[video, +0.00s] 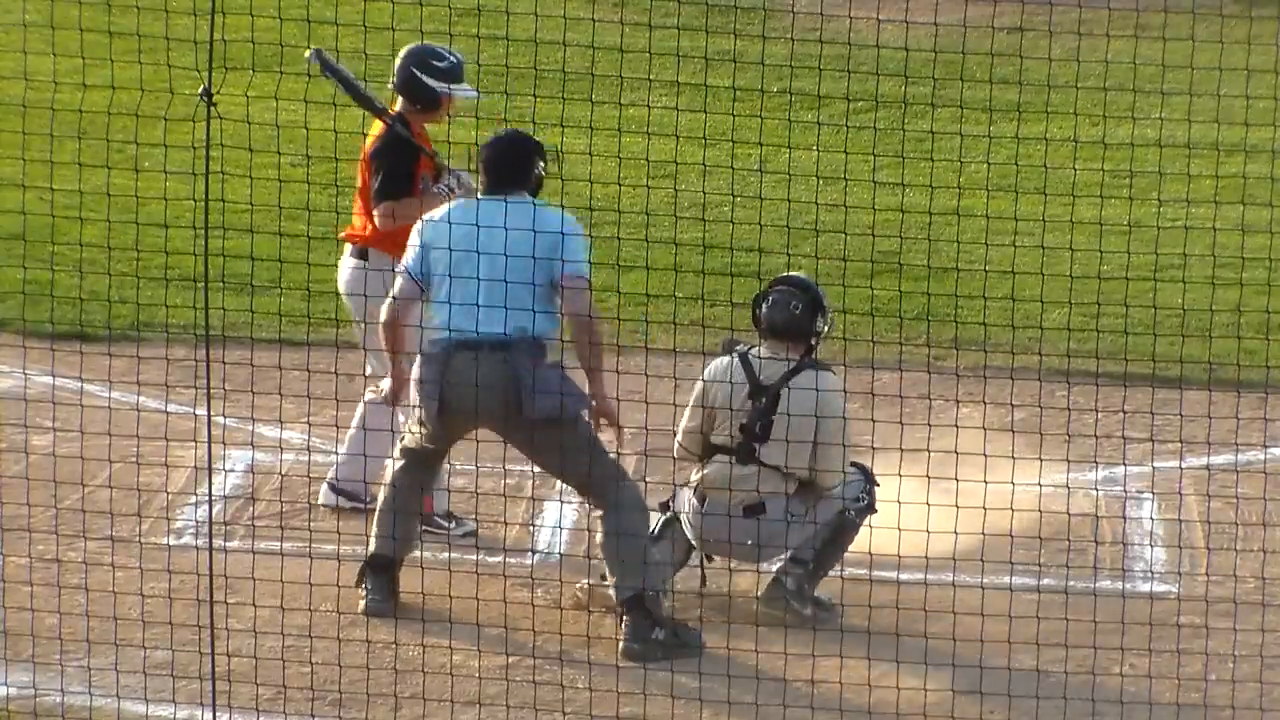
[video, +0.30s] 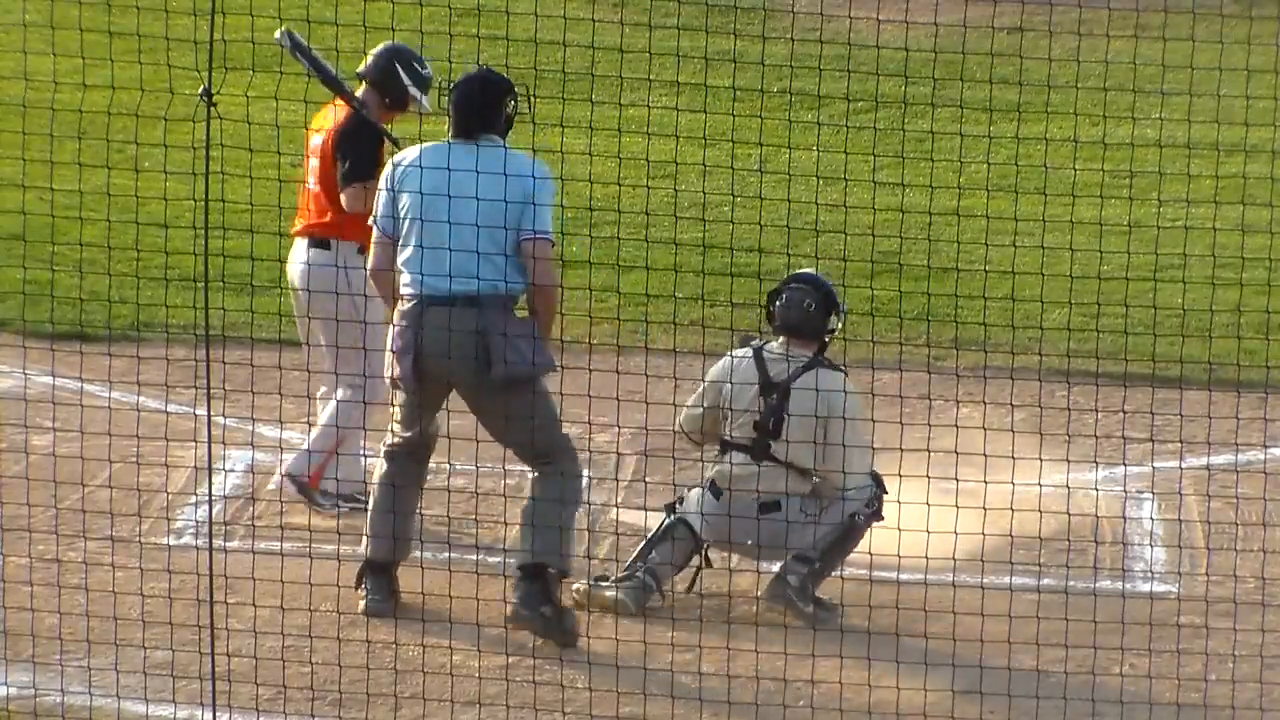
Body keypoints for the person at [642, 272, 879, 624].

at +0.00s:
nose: (820, 331)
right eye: (818, 323)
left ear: (761, 324)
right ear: (811, 331)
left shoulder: (720, 370)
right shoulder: (824, 385)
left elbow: (687, 446)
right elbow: (828, 479)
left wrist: (733, 460)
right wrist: (785, 470)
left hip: (707, 523)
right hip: (775, 530)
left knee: (684, 497)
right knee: (860, 484)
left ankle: (644, 585)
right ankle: (792, 583)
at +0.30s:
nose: (831, 325)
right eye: (830, 318)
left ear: (775, 317)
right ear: (827, 328)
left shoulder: (736, 363)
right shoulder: (835, 387)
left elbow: (691, 424)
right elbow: (845, 480)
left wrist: (741, 439)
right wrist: (807, 489)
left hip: (719, 514)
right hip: (788, 525)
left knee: (691, 509)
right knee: (867, 491)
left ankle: (634, 582)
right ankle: (796, 581)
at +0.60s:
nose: (839, 308)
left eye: (837, 299)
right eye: (838, 300)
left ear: (783, 296)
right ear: (831, 305)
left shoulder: (746, 338)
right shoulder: (833, 361)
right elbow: (838, 450)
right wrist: (884, 435)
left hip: (719, 491)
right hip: (782, 501)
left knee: (693, 511)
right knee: (864, 480)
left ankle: (638, 582)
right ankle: (802, 578)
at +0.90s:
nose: (863, 222)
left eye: (860, 212)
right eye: (861, 214)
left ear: (808, 209)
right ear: (854, 221)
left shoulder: (776, 246)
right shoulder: (840, 269)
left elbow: (787, 312)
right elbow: (835, 347)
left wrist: (862, 306)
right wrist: (892, 347)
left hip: (720, 382)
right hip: (772, 394)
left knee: (707, 468)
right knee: (857, 473)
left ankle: (635, 557)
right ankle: (790, 578)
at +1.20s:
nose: (863, 184)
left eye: (863, 175)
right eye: (862, 175)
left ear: (812, 169)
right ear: (852, 178)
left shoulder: (781, 202)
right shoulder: (828, 223)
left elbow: (766, 268)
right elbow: (843, 293)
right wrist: (921, 291)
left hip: (714, 342)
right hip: (759, 352)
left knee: (744, 425)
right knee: (825, 466)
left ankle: (697, 535)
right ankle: (780, 582)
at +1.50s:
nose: (808, 130)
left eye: (806, 123)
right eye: (806, 124)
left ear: (751, 123)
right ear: (799, 132)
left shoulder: (704, 164)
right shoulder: (801, 191)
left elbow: (657, 217)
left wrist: (703, 238)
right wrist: (841, 155)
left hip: (710, 300)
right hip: (766, 305)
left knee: (714, 413)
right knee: (781, 432)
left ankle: (694, 524)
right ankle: (779, 553)